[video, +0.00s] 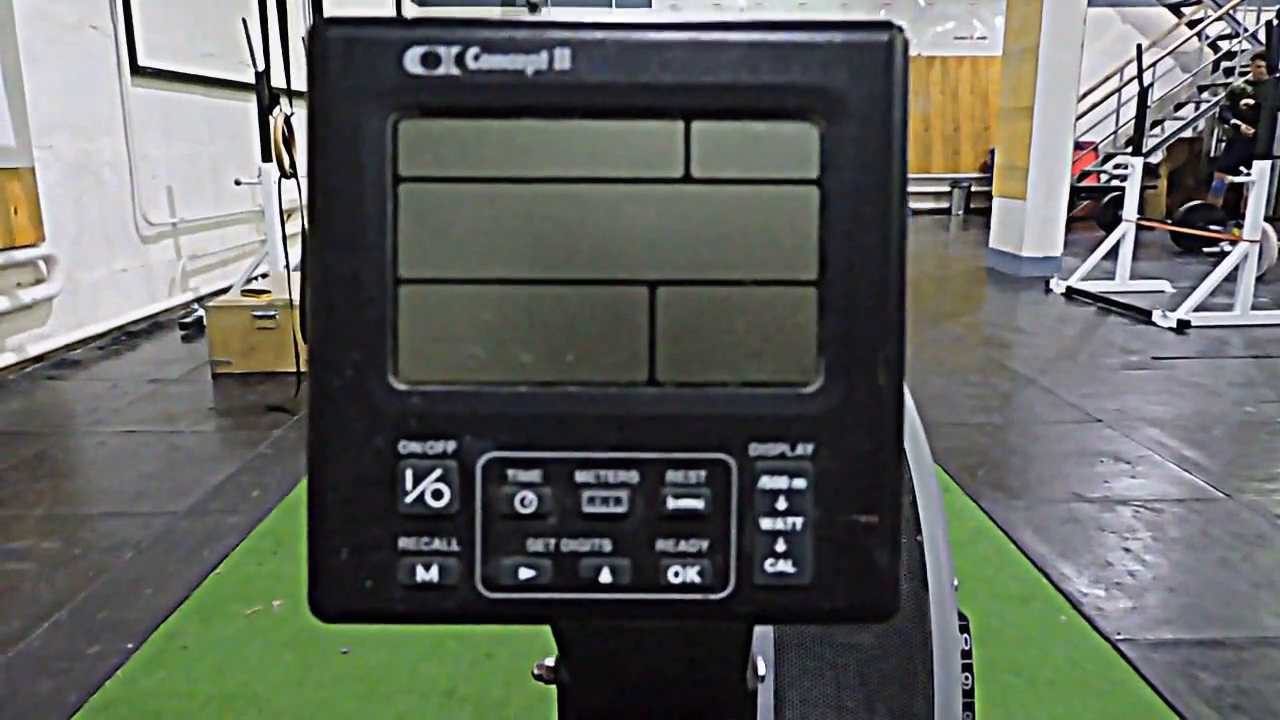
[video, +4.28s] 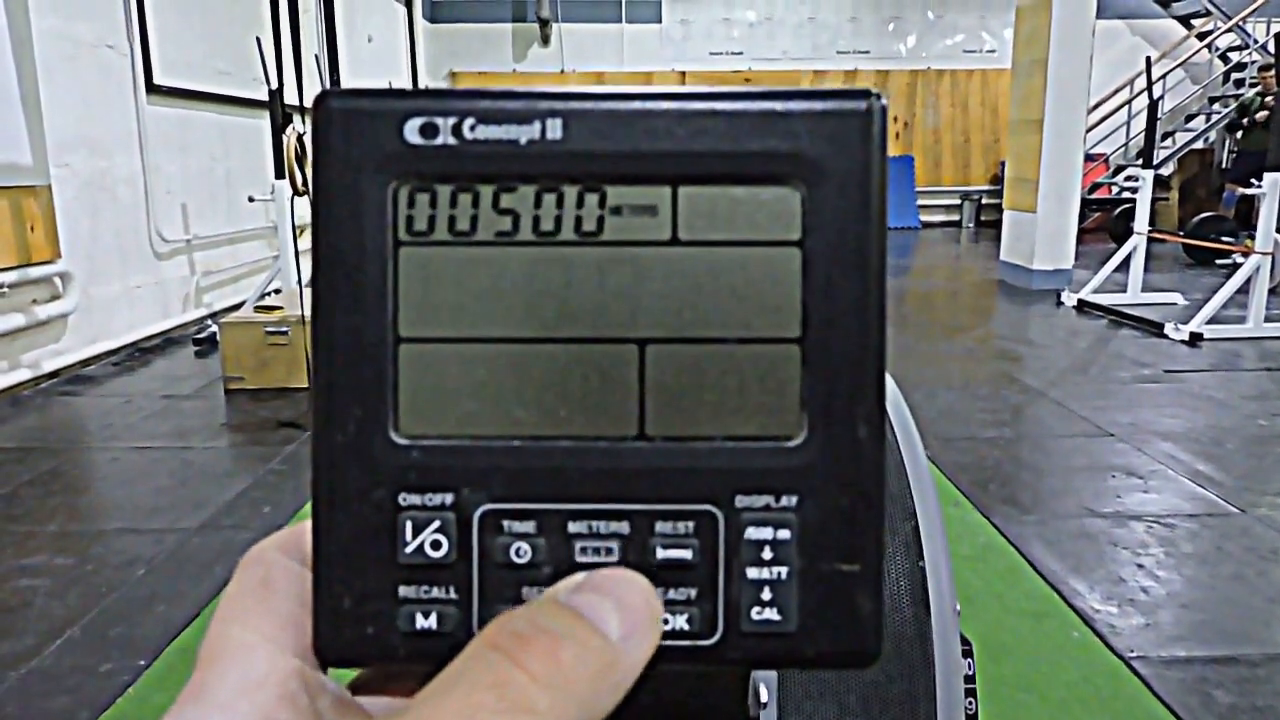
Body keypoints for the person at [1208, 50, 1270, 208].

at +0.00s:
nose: (1259, 70)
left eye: (1262, 67)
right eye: (1256, 66)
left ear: (1269, 69)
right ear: (1251, 67)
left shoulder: (1272, 89)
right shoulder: (1237, 87)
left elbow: (1273, 113)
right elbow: (1223, 111)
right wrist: (1238, 125)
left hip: (1261, 140)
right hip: (1238, 138)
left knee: (1256, 179)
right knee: (1221, 173)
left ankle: (1249, 218)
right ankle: (1210, 216)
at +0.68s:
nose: (1258, 63)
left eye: (1262, 59)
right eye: (1256, 59)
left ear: (1268, 62)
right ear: (1251, 61)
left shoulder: (1272, 84)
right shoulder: (1237, 82)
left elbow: (1272, 110)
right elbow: (1221, 107)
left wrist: (1255, 125)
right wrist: (1234, 121)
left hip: (1259, 134)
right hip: (1237, 133)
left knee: (1256, 170)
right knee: (1220, 165)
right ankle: (1210, 207)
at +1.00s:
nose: (1257, 64)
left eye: (1261, 60)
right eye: (1255, 60)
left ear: (1268, 63)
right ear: (1251, 62)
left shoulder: (1272, 84)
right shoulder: (1237, 83)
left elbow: (1273, 113)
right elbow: (1226, 108)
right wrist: (1235, 127)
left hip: (1259, 138)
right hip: (1238, 136)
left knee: (1255, 175)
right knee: (1220, 168)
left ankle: (1248, 213)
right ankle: (1210, 210)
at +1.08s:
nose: (1257, 63)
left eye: (1261, 59)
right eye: (1255, 59)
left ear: (1268, 62)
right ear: (1252, 60)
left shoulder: (1272, 82)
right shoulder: (1239, 80)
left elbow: (1273, 103)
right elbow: (1227, 104)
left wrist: (1256, 94)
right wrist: (1232, 123)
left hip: (1260, 134)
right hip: (1238, 132)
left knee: (1254, 171)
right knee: (1223, 166)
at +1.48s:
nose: (1262, 65)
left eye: (1266, 61)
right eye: (1260, 61)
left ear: (1273, 64)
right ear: (1256, 62)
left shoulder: (1274, 82)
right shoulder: (1246, 80)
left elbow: (1274, 107)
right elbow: (1229, 95)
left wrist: (1254, 104)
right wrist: (1238, 101)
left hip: (1264, 134)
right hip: (1242, 132)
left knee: (1261, 171)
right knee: (1225, 167)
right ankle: (1216, 206)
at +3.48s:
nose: (1268, 77)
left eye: (1271, 73)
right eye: (1265, 73)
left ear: (1278, 73)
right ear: (1261, 74)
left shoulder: (1276, 94)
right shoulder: (1254, 92)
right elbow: (1227, 111)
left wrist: (1274, 100)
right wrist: (1255, 106)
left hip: (1272, 150)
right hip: (1249, 148)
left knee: (1270, 188)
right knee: (1232, 182)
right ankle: (1221, 224)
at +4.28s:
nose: (1267, 81)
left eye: (1270, 77)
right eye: (1263, 78)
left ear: (1276, 78)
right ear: (1258, 80)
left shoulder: (1276, 99)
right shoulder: (1248, 100)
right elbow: (1230, 127)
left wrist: (1274, 107)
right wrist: (1252, 120)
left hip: (1271, 155)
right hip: (1248, 155)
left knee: (1271, 195)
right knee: (1231, 191)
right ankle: (1219, 232)